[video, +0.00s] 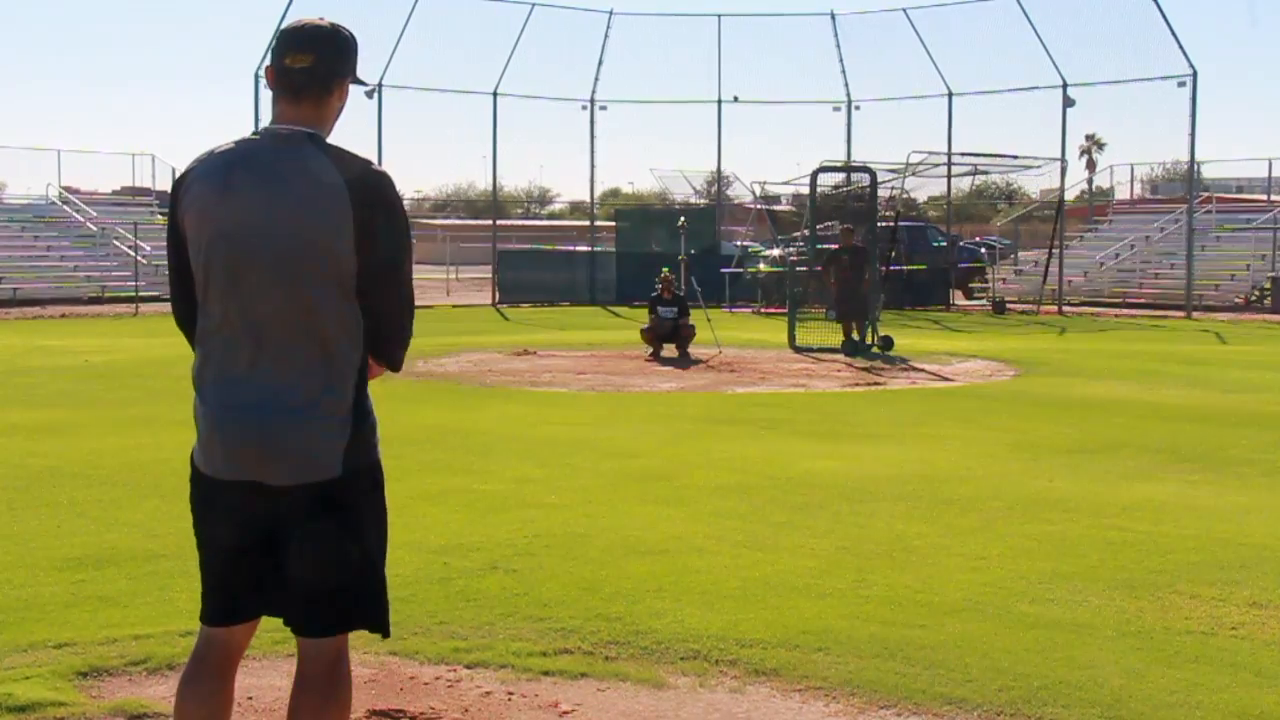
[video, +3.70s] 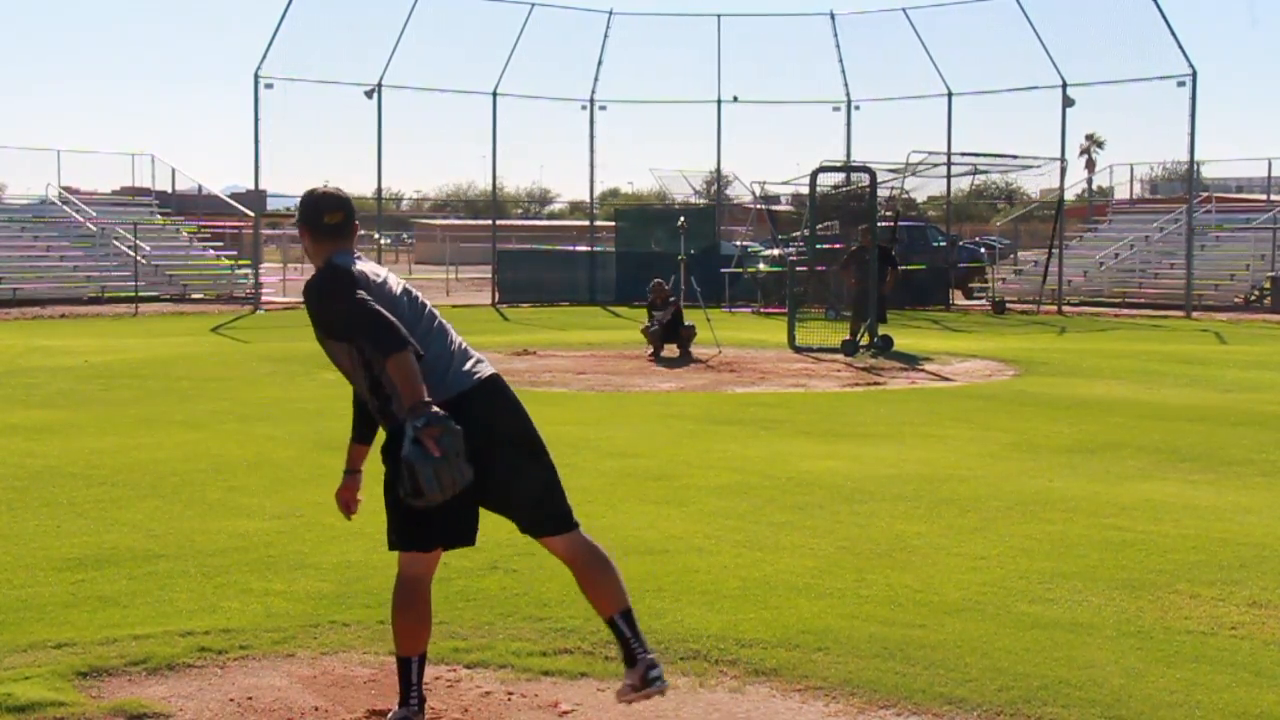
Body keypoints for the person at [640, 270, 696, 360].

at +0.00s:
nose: (667, 285)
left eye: (670, 282)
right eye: (664, 282)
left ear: (673, 284)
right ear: (661, 284)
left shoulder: (680, 299)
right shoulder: (654, 299)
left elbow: (685, 319)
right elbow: (652, 318)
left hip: (675, 327)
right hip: (660, 327)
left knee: (689, 329)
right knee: (645, 332)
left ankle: (682, 350)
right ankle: (656, 348)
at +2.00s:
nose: (666, 287)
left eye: (669, 284)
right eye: (664, 284)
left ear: (673, 285)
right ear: (660, 286)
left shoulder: (680, 300)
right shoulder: (654, 299)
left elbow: (686, 319)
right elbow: (651, 318)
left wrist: (673, 325)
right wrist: (662, 325)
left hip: (676, 328)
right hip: (660, 329)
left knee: (689, 330)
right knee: (645, 333)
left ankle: (682, 350)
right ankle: (656, 347)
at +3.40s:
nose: (667, 286)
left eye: (669, 283)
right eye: (664, 284)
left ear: (673, 284)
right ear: (660, 285)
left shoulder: (679, 299)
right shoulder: (654, 299)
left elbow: (685, 317)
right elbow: (649, 314)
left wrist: (675, 317)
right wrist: (652, 320)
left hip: (675, 325)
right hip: (660, 325)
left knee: (688, 330)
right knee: (648, 331)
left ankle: (683, 349)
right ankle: (656, 348)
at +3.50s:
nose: (664, 288)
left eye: (666, 285)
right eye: (661, 285)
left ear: (670, 286)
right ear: (658, 286)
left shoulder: (676, 299)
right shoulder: (653, 300)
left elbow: (682, 313)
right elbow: (649, 316)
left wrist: (672, 312)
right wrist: (648, 322)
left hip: (675, 324)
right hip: (660, 324)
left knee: (689, 330)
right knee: (649, 330)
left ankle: (683, 349)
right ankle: (656, 348)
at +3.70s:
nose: (658, 294)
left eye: (660, 291)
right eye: (655, 292)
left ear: (665, 291)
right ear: (651, 293)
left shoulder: (673, 302)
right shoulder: (651, 305)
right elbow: (651, 319)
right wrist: (653, 323)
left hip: (674, 330)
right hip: (660, 330)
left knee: (689, 329)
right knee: (651, 331)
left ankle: (684, 350)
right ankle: (656, 349)